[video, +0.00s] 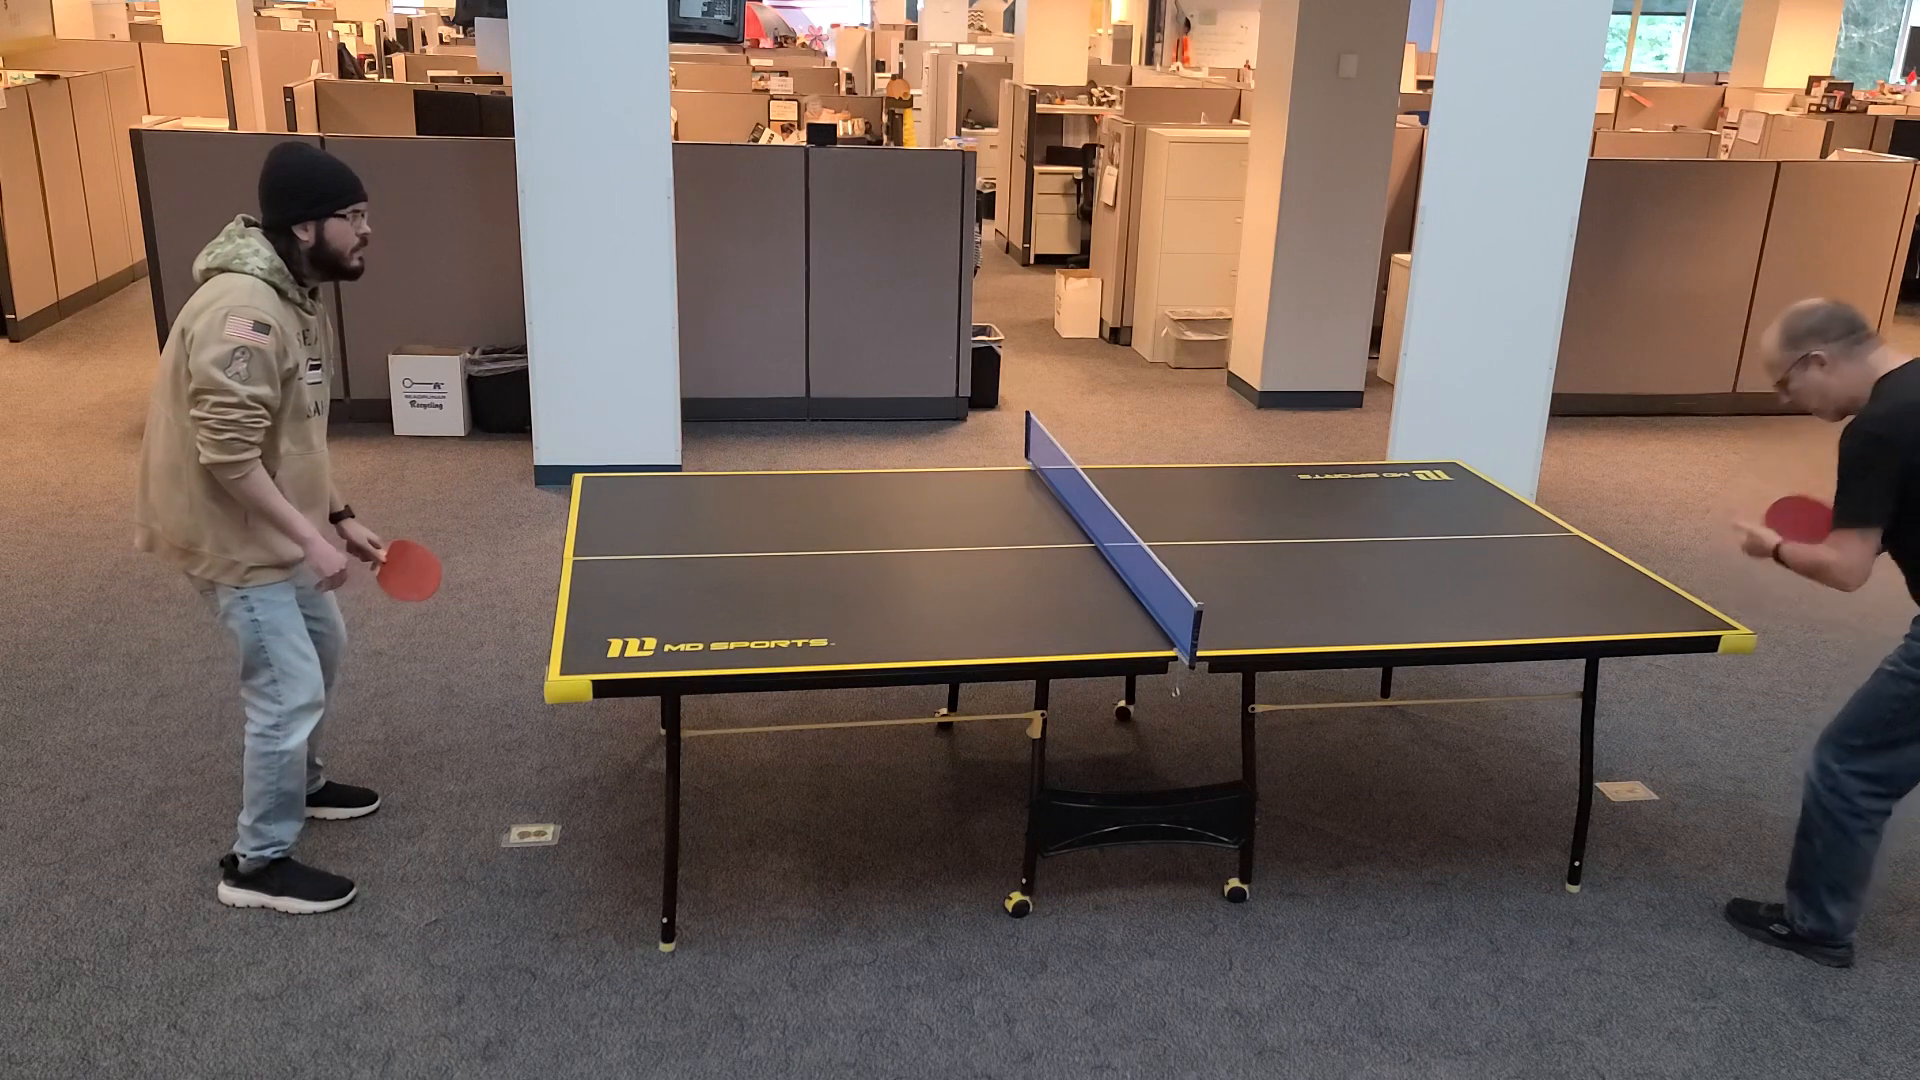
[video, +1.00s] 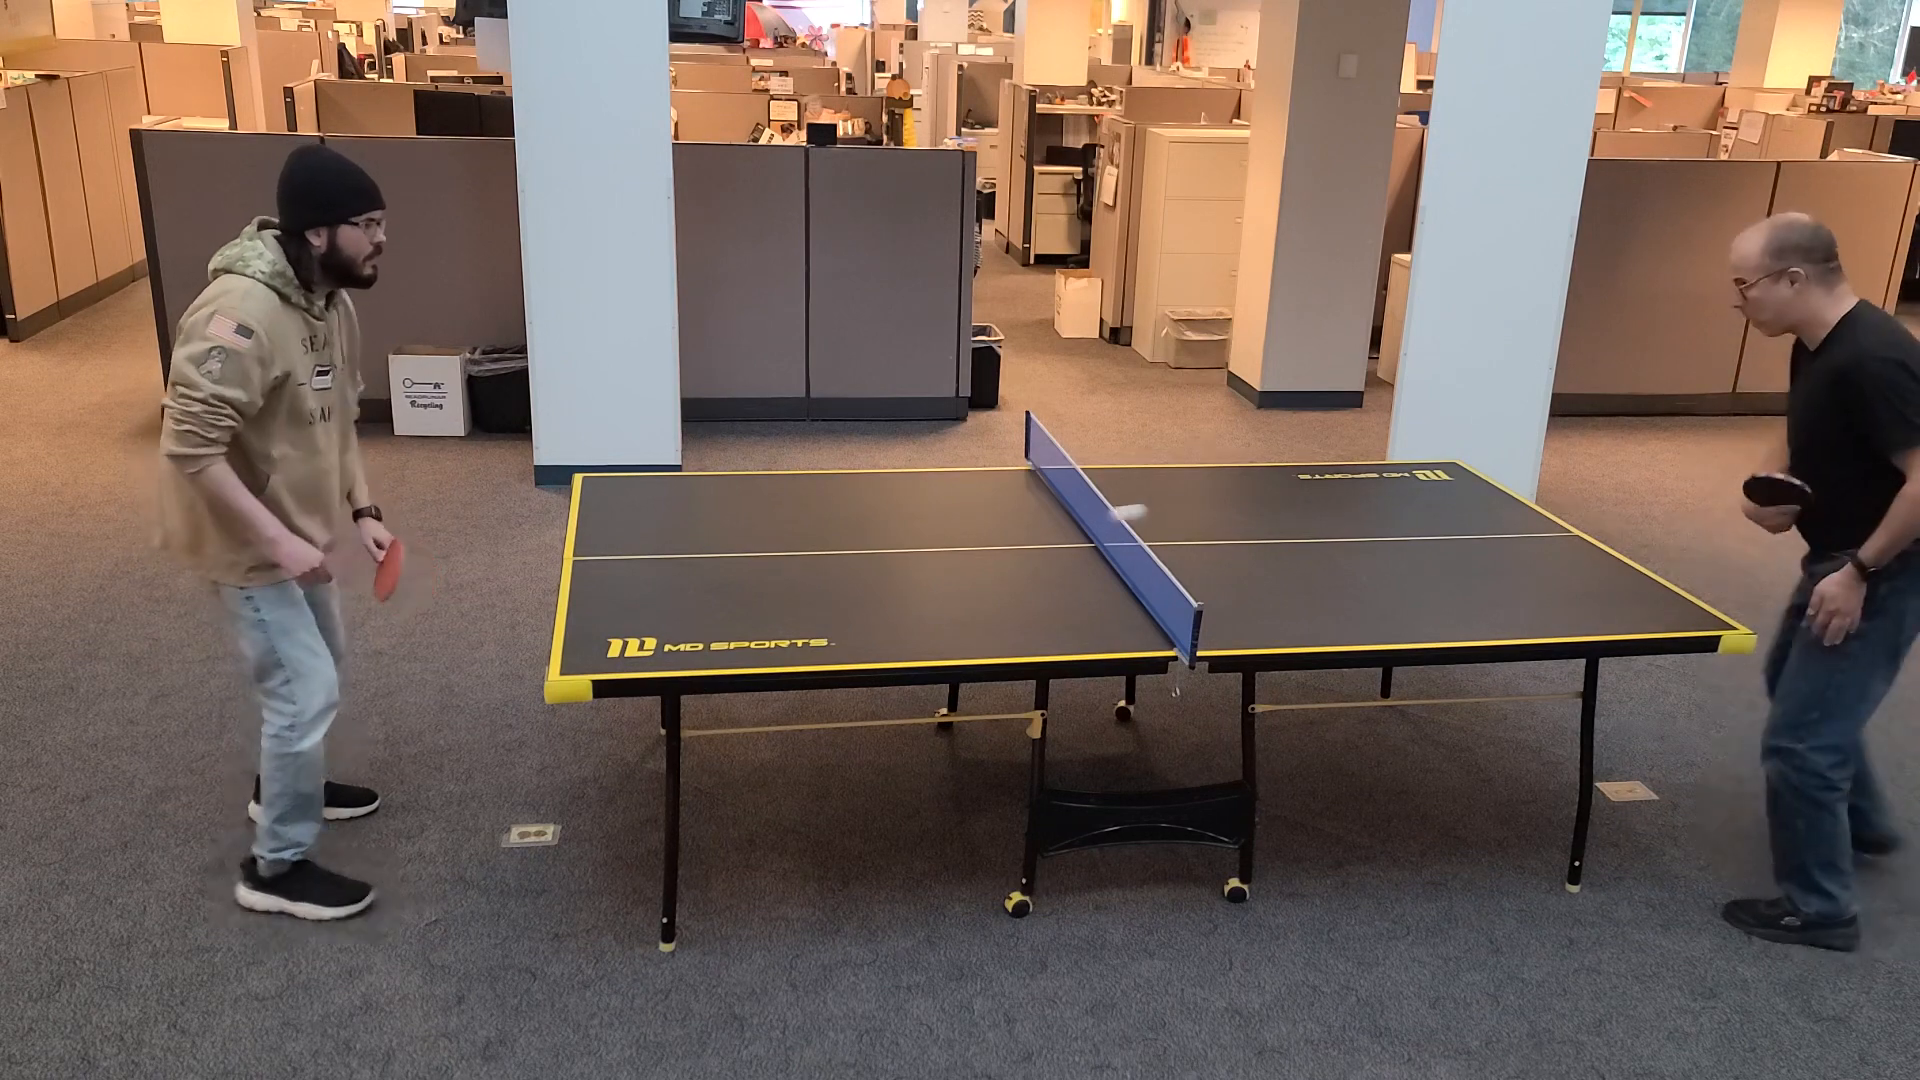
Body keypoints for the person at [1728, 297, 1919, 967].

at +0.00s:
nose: (1793, 402)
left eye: (1788, 384)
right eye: (1785, 390)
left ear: (1821, 358)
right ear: (1839, 353)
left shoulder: (1878, 429)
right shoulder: (1912, 387)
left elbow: (1847, 568)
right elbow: (1914, 514)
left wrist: (1774, 547)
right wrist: (1837, 525)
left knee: (1849, 761)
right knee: (1862, 758)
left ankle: (1820, 923)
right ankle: (1821, 920)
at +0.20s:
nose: (1855, 350)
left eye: (1858, 334)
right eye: (1851, 335)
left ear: (1898, 323)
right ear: (1904, 324)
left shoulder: (1904, 414)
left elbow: (1834, 519)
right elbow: (1838, 513)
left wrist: (1800, 449)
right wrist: (1812, 458)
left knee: (1853, 758)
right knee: (1863, 755)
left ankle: (1819, 922)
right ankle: (1821, 918)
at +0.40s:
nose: (1884, 322)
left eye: (1886, 308)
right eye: (1882, 308)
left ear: (1909, 308)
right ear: (1915, 306)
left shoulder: (1908, 399)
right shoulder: (1908, 398)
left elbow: (1849, 522)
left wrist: (1810, 501)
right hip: (1919, 631)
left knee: (1845, 747)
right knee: (1852, 745)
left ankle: (1822, 915)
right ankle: (1823, 912)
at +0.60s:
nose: (1825, 358)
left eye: (1822, 343)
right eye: (1819, 345)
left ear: (1846, 325)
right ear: (1896, 310)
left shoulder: (1874, 399)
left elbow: (1863, 530)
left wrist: (1822, 569)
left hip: (1919, 610)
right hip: (1914, 611)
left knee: (1829, 746)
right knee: (1840, 745)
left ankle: (1824, 914)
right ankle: (1824, 910)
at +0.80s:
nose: (1756, 340)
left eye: (1757, 324)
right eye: (1752, 326)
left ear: (1803, 307)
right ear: (1808, 304)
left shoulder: (1873, 371)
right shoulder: (1883, 352)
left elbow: (1919, 495)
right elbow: (1900, 488)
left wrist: (1854, 575)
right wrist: (1836, 536)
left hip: (1900, 606)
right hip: (1902, 598)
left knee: (1817, 756)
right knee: (1918, 740)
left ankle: (1822, 915)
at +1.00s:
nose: (1738, 297)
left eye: (1746, 283)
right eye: (1736, 284)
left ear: (1796, 279)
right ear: (1797, 279)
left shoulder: (1877, 358)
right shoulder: (1815, 345)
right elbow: (1815, 442)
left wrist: (1859, 572)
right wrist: (1780, 494)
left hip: (1884, 577)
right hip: (1834, 561)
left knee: (1799, 741)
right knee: (1789, 680)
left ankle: (1821, 907)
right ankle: (1865, 823)